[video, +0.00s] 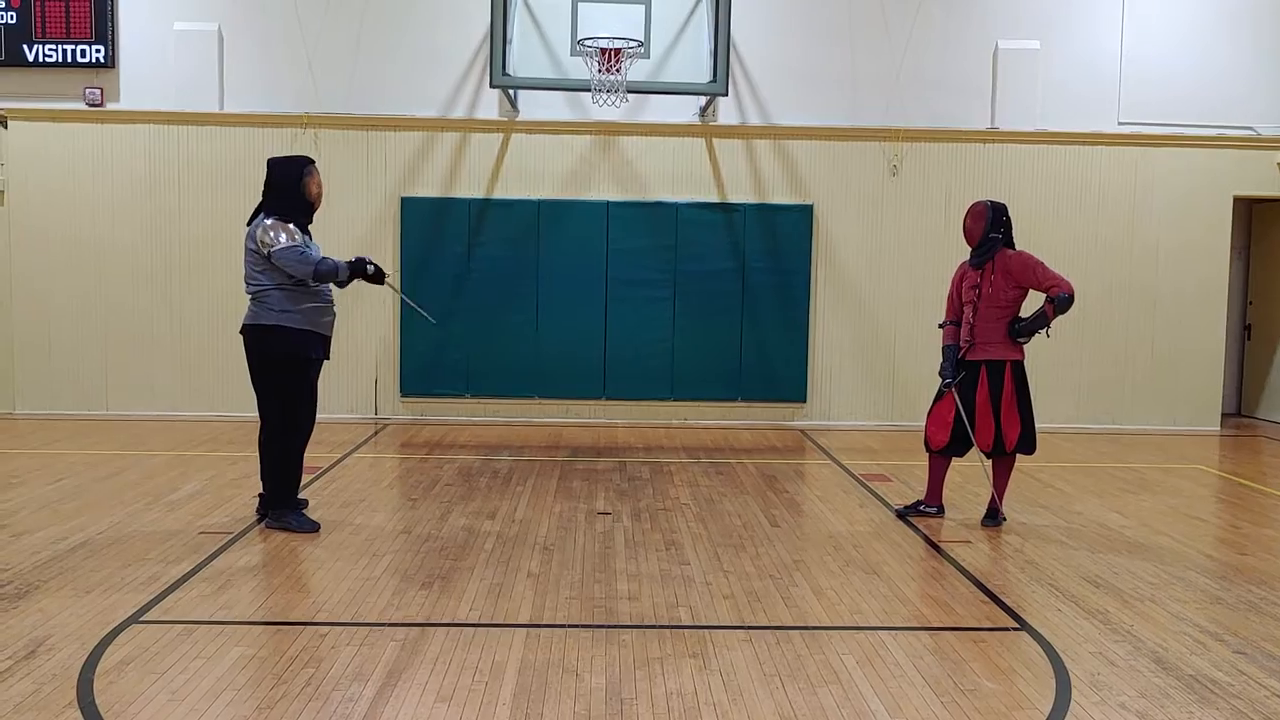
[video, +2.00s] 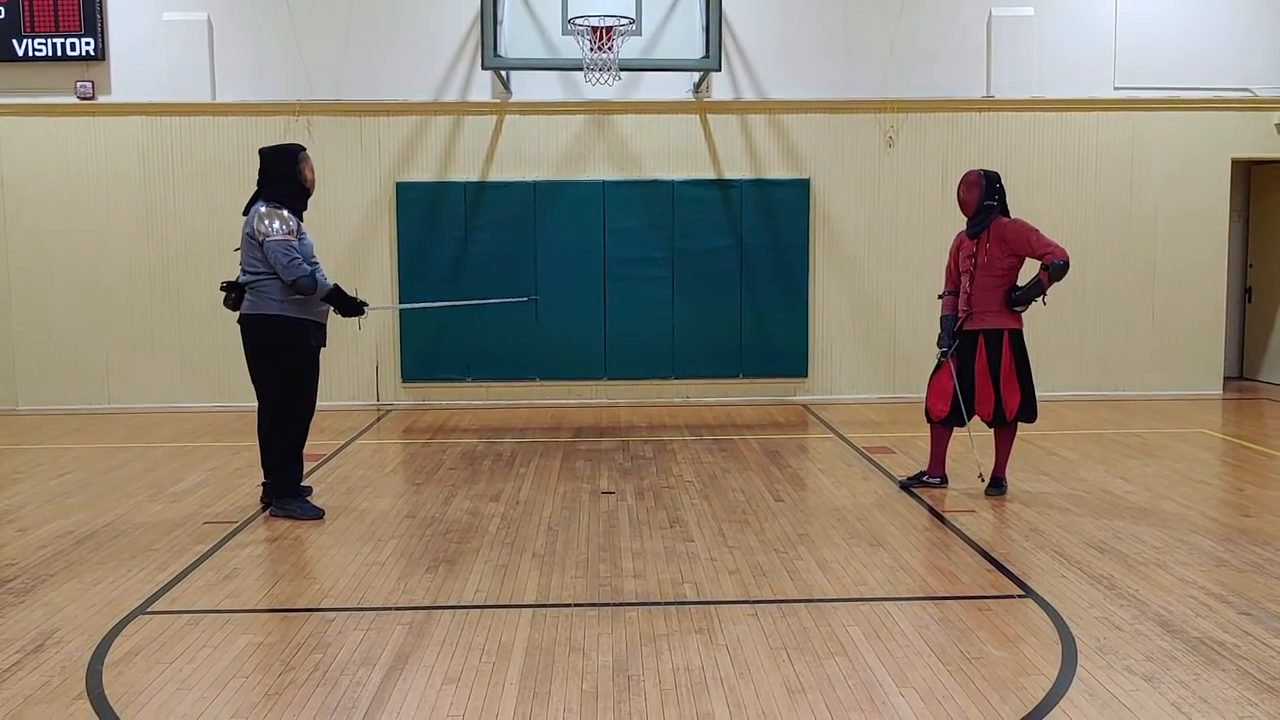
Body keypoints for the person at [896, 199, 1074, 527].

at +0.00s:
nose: (966, 229)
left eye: (972, 222)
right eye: (967, 222)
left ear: (991, 225)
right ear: (979, 226)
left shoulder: (1015, 261)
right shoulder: (965, 270)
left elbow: (1063, 292)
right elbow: (952, 319)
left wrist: (1032, 324)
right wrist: (949, 358)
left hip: (1003, 363)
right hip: (965, 363)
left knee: (1004, 434)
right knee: (941, 426)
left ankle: (995, 506)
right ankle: (932, 500)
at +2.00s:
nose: (960, 198)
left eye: (966, 190)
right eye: (959, 191)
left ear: (986, 194)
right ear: (966, 195)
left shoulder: (1009, 229)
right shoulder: (962, 240)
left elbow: (1058, 259)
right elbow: (951, 290)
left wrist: (1028, 292)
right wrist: (947, 328)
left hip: (1002, 332)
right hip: (964, 333)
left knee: (1004, 402)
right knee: (941, 395)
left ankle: (998, 475)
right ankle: (935, 471)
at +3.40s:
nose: (962, 181)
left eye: (968, 174)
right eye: (961, 174)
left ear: (989, 175)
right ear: (969, 177)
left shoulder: (1013, 209)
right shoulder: (965, 219)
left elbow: (1061, 242)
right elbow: (947, 268)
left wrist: (1030, 273)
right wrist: (920, 303)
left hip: (1003, 311)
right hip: (966, 312)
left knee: (1004, 383)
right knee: (942, 375)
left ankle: (998, 456)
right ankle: (935, 451)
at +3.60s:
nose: (966, 179)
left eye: (972, 172)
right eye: (964, 173)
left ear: (993, 173)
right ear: (964, 176)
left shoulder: (1017, 208)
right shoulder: (966, 216)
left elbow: (1064, 240)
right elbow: (933, 253)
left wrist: (1034, 271)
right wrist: (893, 268)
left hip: (1004, 309)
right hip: (967, 309)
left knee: (1004, 380)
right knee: (944, 373)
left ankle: (998, 454)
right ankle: (935, 449)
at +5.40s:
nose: (981, 168)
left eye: (986, 161)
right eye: (980, 161)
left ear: (1007, 162)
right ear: (987, 163)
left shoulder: (1033, 199)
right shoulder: (977, 204)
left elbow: (1079, 232)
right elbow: (937, 231)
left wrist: (1045, 262)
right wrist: (894, 239)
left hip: (1013, 300)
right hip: (975, 298)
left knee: (1013, 371)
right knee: (950, 363)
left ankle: (1006, 444)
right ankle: (943, 440)